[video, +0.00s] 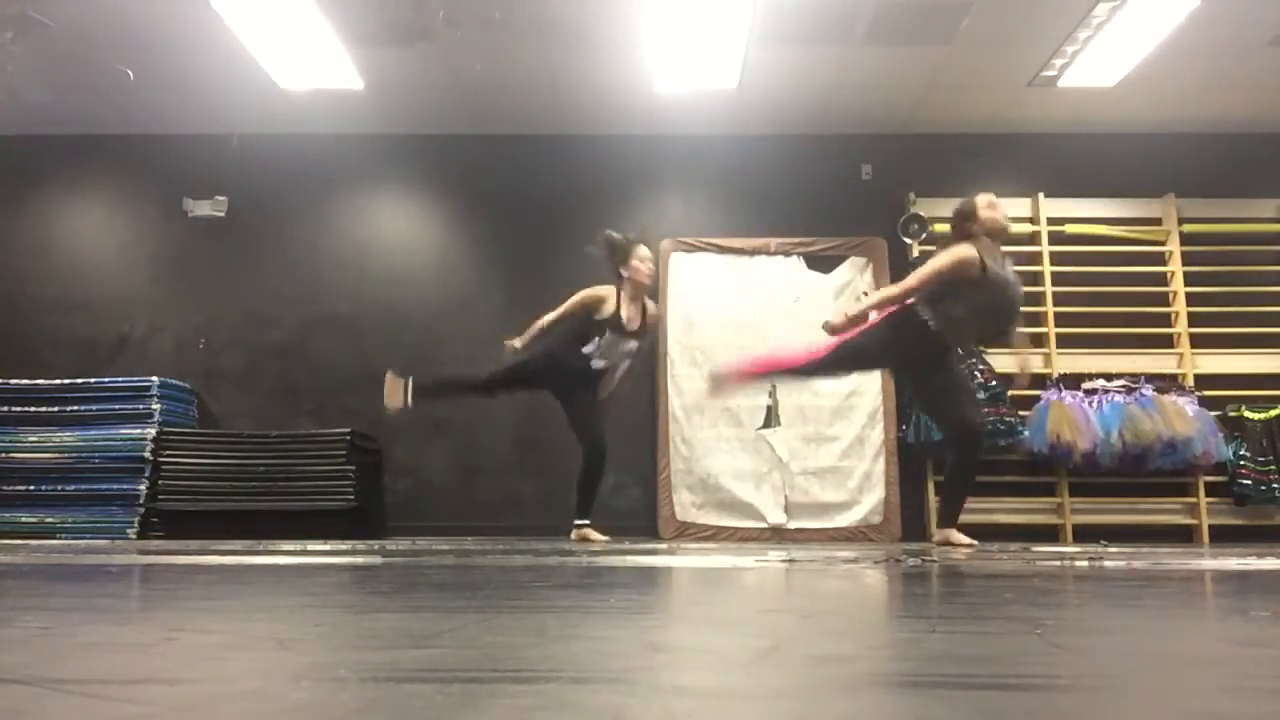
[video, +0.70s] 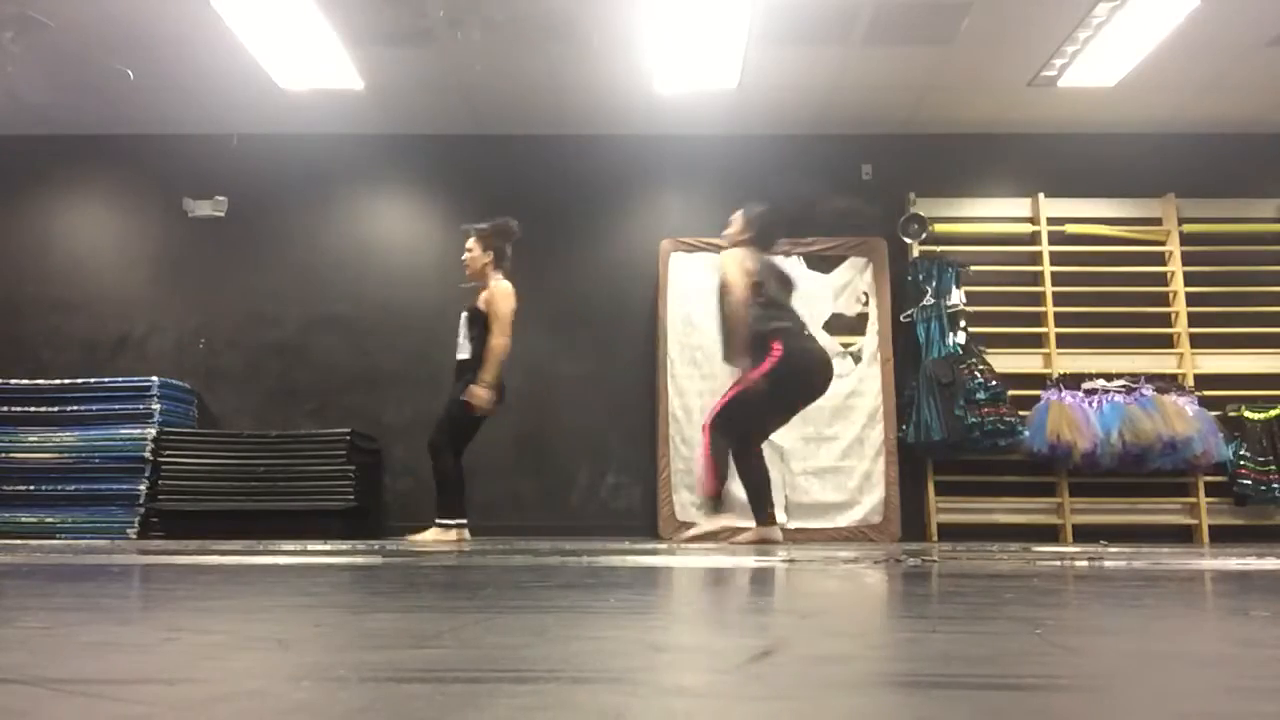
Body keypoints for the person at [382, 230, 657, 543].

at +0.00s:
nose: (652, 268)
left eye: (652, 262)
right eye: (644, 262)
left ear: (649, 269)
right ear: (625, 270)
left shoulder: (651, 314)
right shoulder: (602, 297)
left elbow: (629, 354)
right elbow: (555, 315)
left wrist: (613, 385)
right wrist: (522, 340)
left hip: (582, 385)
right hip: (553, 364)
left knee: (596, 449)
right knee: (488, 385)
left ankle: (582, 526)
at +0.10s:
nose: (650, 286)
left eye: (650, 280)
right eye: (643, 279)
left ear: (642, 285)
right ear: (623, 285)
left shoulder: (637, 326)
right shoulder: (600, 309)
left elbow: (606, 355)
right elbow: (550, 316)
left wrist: (592, 381)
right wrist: (504, 335)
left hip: (568, 388)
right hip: (540, 375)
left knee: (589, 446)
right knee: (486, 423)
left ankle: (582, 525)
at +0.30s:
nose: (604, 290)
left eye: (605, 284)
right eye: (597, 283)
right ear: (574, 288)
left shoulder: (588, 331)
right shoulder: (542, 309)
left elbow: (562, 370)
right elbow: (497, 331)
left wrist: (540, 412)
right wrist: (464, 355)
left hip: (547, 399)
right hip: (511, 394)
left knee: (580, 449)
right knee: (479, 453)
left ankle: (581, 526)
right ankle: (461, 527)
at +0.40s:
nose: (564, 278)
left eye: (566, 273)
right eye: (557, 270)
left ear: (567, 279)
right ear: (535, 274)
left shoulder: (562, 322)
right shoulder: (504, 299)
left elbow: (562, 370)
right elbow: (478, 335)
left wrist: (545, 379)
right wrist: (462, 368)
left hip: (531, 396)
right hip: (493, 392)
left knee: (559, 447)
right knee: (460, 451)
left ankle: (579, 519)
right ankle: (460, 527)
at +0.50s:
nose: (499, 259)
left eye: (508, 255)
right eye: (498, 253)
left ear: (528, 265)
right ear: (496, 259)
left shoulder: (537, 308)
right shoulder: (486, 293)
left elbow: (545, 359)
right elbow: (475, 339)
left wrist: (542, 403)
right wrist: (467, 377)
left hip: (516, 386)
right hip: (483, 386)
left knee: (504, 443)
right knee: (456, 448)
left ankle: (552, 505)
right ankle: (459, 526)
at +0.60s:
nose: (473, 256)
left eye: (480, 250)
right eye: (474, 250)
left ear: (501, 256)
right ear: (489, 256)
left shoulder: (515, 295)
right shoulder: (482, 293)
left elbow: (525, 344)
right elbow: (482, 342)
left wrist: (522, 391)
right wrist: (472, 381)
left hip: (498, 381)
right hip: (476, 379)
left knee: (460, 442)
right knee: (456, 446)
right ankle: (460, 524)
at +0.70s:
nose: (464, 258)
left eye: (470, 251)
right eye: (465, 251)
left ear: (489, 256)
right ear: (486, 257)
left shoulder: (500, 290)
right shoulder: (487, 291)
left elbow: (500, 339)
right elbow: (484, 341)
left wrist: (485, 382)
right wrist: (468, 380)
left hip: (476, 379)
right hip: (468, 377)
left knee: (442, 444)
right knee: (446, 447)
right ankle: (453, 523)